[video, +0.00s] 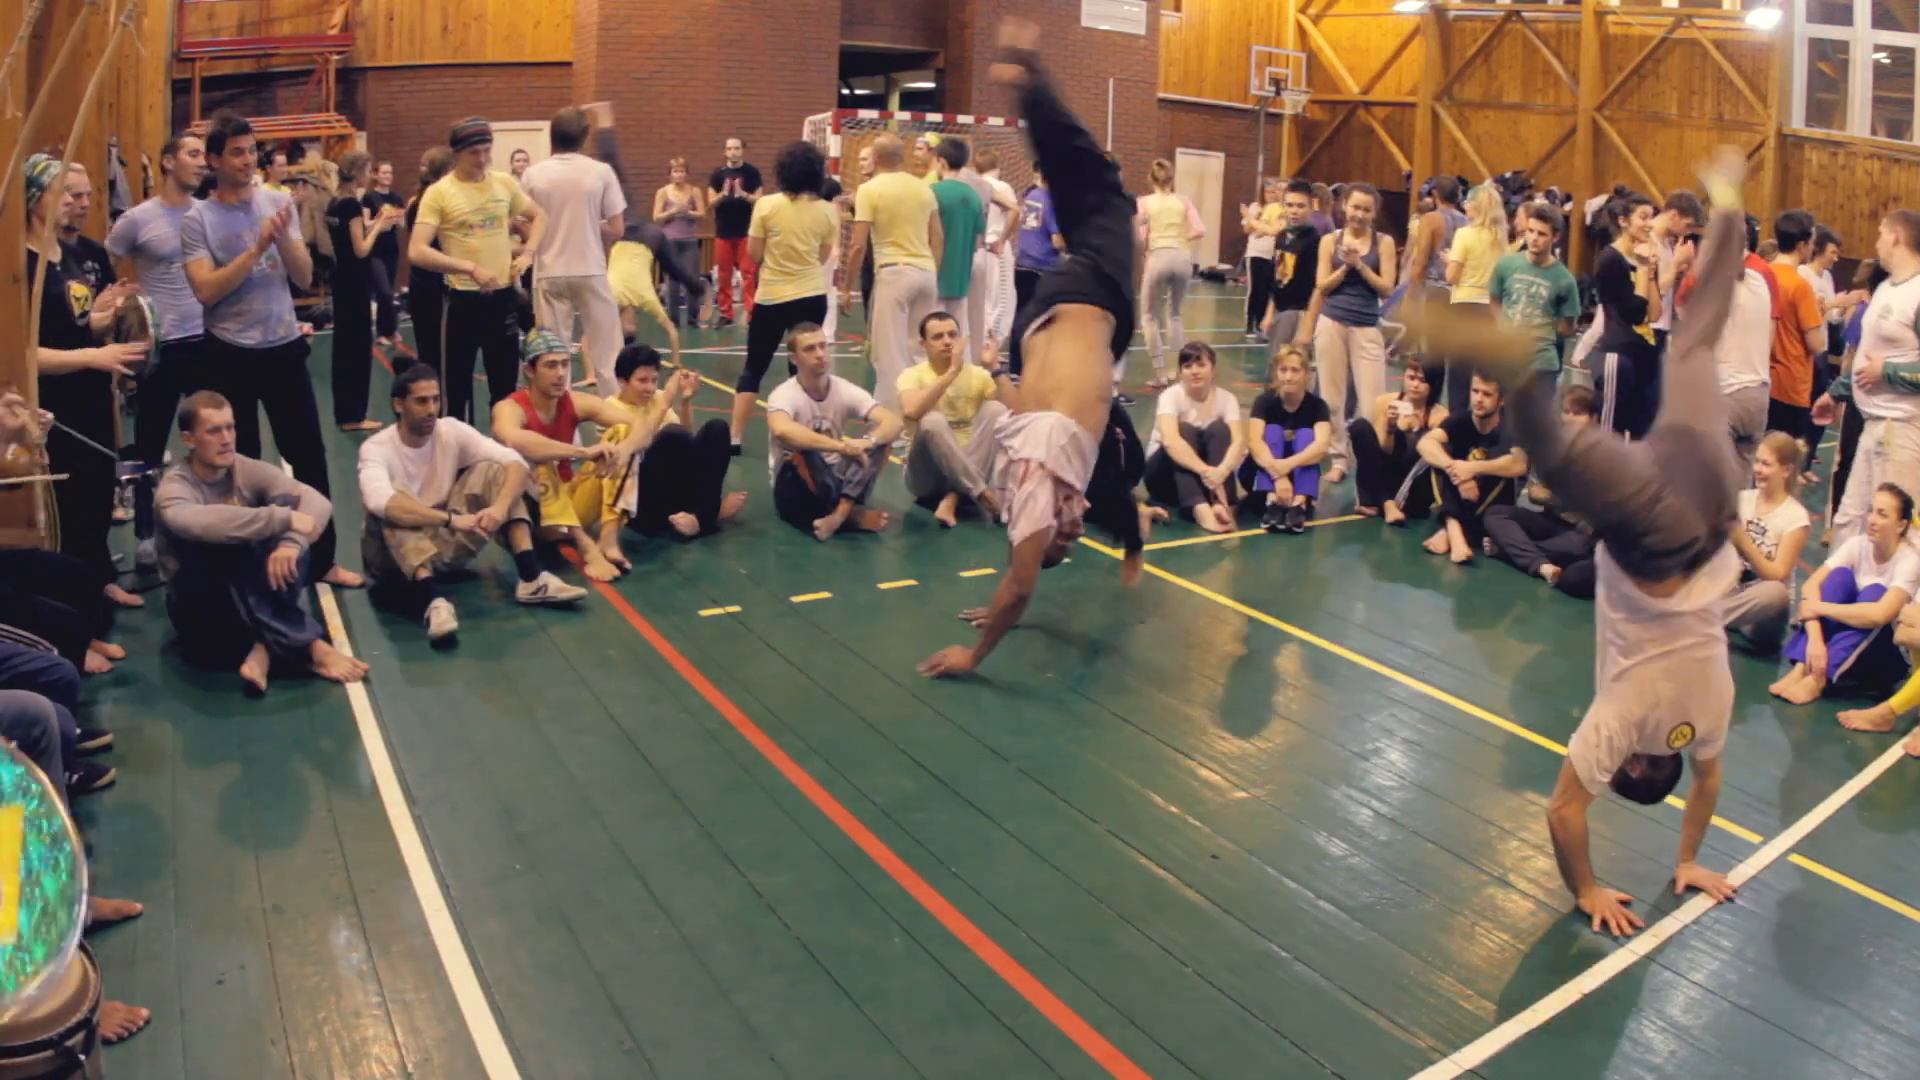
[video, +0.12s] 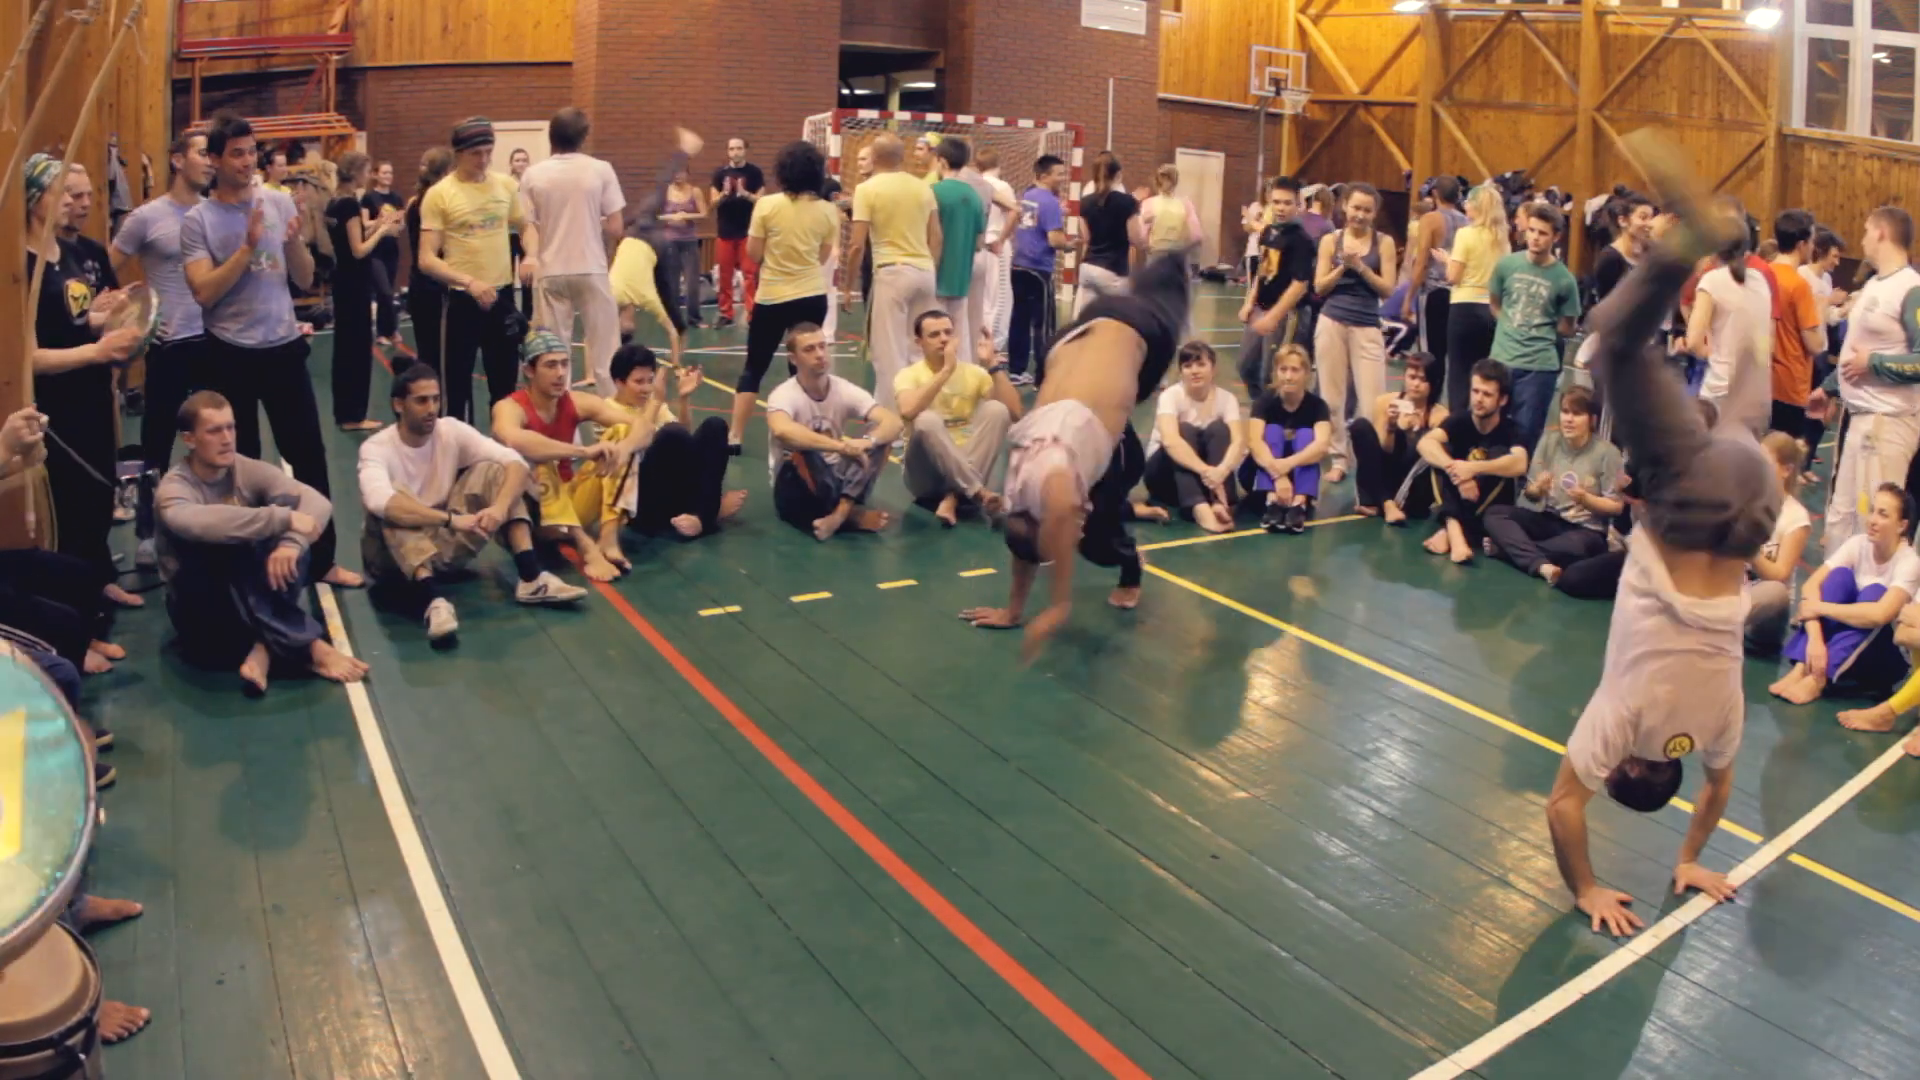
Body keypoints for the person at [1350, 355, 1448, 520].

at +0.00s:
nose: (1415, 384)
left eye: (1422, 380)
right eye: (1411, 378)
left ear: (1433, 385)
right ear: (1403, 378)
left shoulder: (1439, 415)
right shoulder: (1385, 402)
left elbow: (1436, 455)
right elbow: (1385, 452)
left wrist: (1417, 432)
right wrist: (1390, 426)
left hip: (1418, 497)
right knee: (1359, 426)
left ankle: (1374, 502)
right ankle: (1387, 502)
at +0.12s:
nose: (1415, 384)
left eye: (1423, 379)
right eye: (1412, 377)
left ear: (1433, 384)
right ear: (1404, 378)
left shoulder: (1439, 415)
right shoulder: (1385, 402)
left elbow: (1434, 455)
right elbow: (1386, 451)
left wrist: (1416, 431)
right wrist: (1391, 425)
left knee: (1420, 441)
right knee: (1360, 425)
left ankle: (1374, 502)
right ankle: (1387, 501)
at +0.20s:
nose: (1416, 384)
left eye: (1423, 379)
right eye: (1412, 377)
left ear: (1434, 384)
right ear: (1405, 377)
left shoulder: (1440, 414)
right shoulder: (1385, 402)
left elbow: (1434, 456)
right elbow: (1386, 451)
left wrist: (1416, 431)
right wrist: (1391, 424)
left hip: (1417, 495)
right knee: (1360, 426)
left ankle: (1374, 502)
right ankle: (1387, 502)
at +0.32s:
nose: (1417, 382)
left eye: (1424, 378)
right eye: (1413, 376)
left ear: (1434, 383)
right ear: (1406, 377)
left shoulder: (1440, 415)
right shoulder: (1386, 402)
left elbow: (1436, 455)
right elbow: (1386, 451)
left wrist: (1417, 431)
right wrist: (1391, 424)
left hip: (1418, 495)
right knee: (1360, 425)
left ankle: (1375, 502)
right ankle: (1387, 502)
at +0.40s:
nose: (1418, 382)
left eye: (1425, 378)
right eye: (1414, 375)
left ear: (1435, 383)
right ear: (1406, 377)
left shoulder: (1440, 414)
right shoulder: (1386, 402)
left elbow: (1437, 454)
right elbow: (1387, 450)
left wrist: (1418, 430)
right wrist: (1392, 423)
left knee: (1421, 438)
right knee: (1361, 425)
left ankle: (1374, 502)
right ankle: (1387, 501)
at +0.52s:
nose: (1418, 382)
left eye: (1425, 378)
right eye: (1414, 375)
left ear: (1435, 383)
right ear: (1406, 376)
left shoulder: (1441, 414)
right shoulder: (1386, 402)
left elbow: (1437, 455)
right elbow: (1387, 450)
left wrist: (1421, 429)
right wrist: (1392, 423)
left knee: (1421, 437)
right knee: (1361, 425)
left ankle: (1374, 502)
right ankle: (1387, 501)